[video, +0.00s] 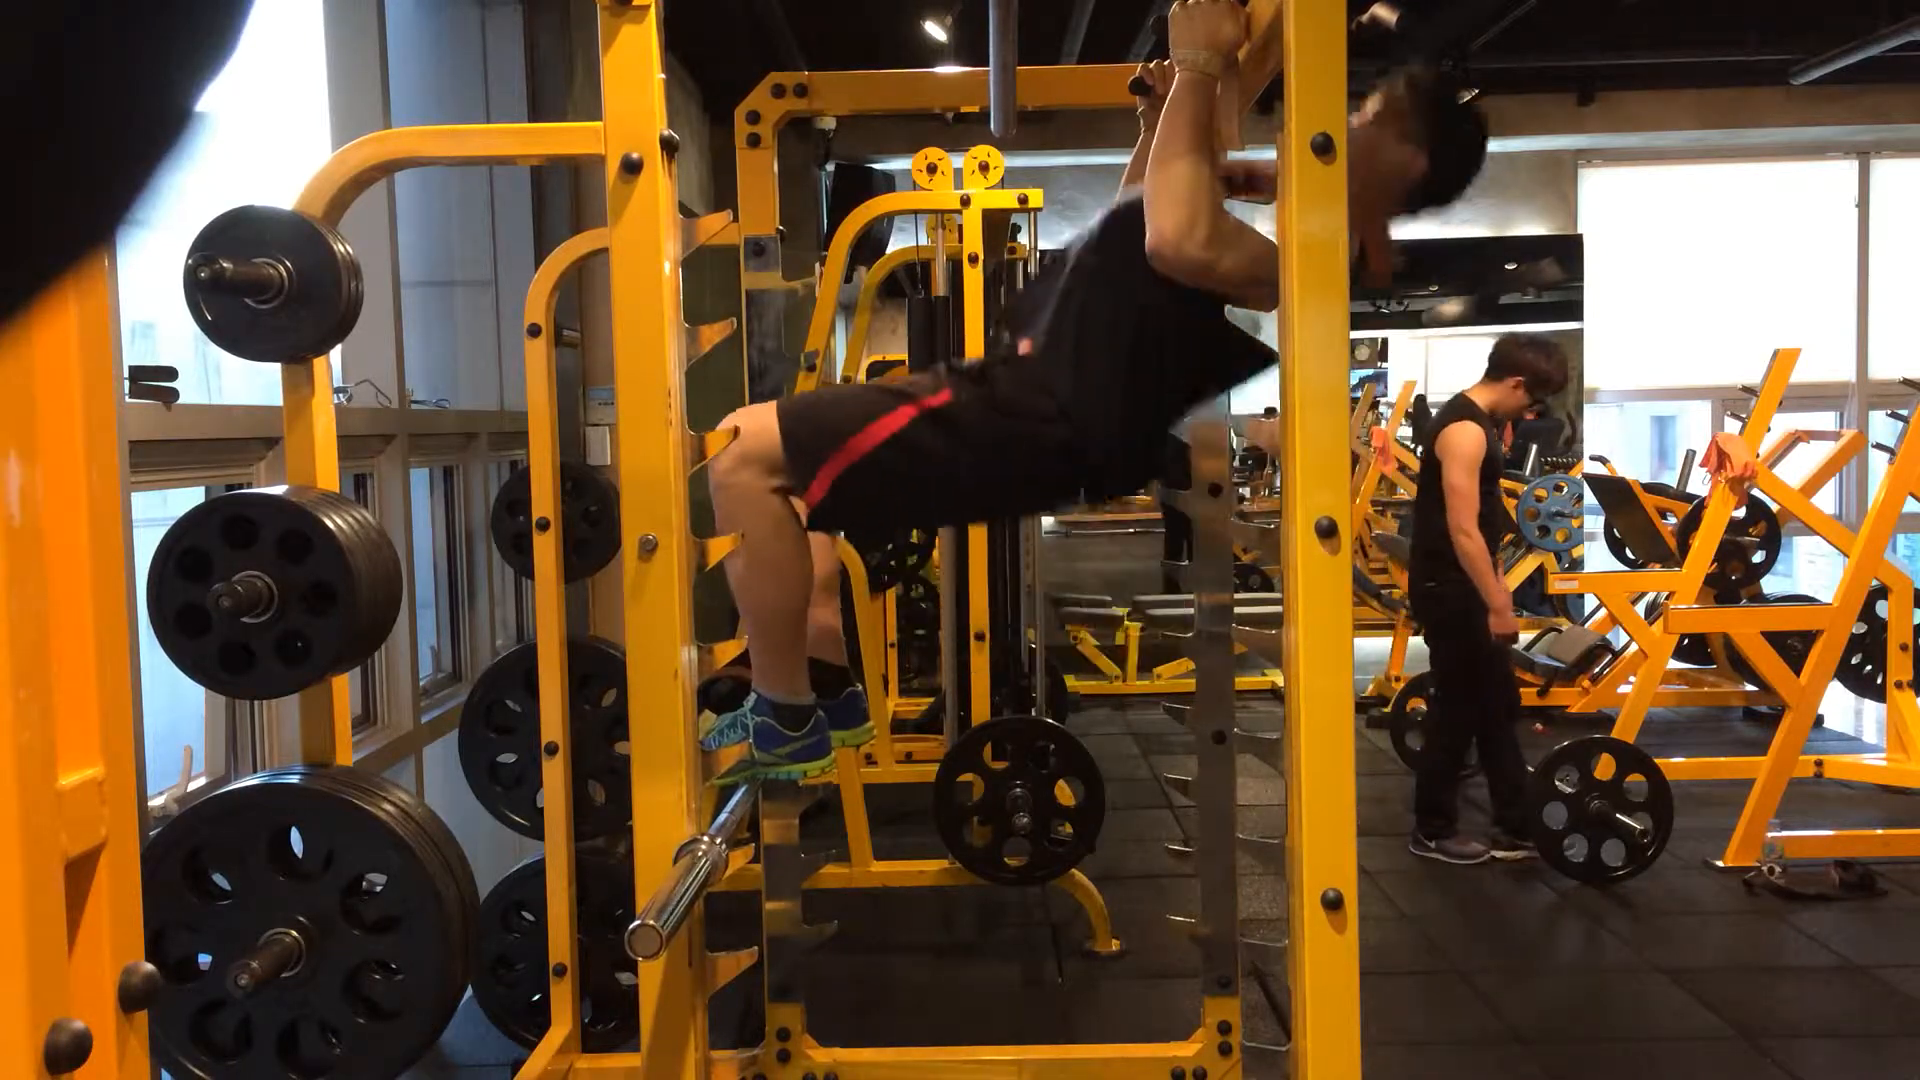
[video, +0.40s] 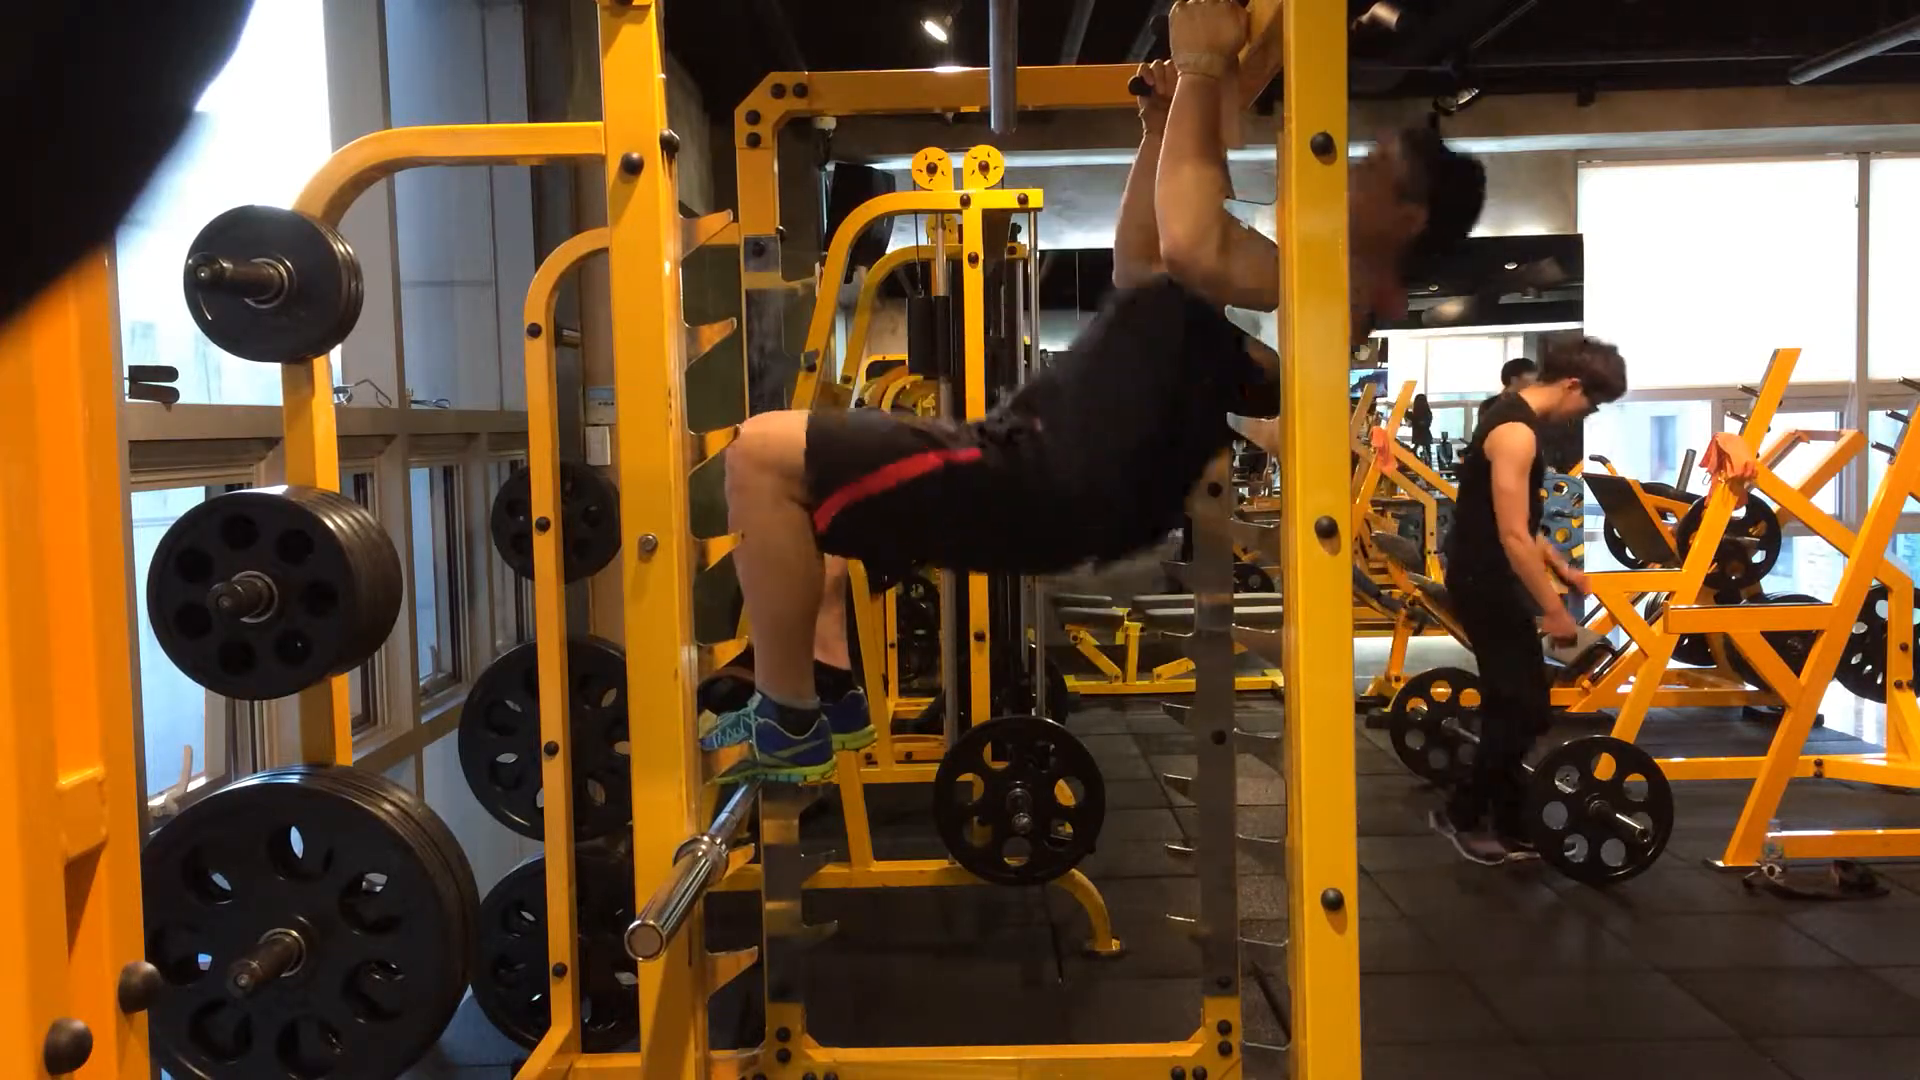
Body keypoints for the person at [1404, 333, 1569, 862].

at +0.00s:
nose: (1530, 411)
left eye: (1535, 403)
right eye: (1532, 400)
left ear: (1509, 382)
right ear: (1513, 383)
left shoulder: (1474, 423)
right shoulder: (1463, 430)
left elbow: (1472, 526)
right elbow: (1462, 531)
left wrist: (1495, 592)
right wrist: (1499, 603)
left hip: (1465, 588)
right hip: (1450, 591)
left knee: (1496, 706)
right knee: (1457, 709)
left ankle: (1515, 824)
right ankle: (1432, 830)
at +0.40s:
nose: (1583, 415)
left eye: (1589, 407)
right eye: (1588, 405)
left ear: (1566, 381)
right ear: (1572, 385)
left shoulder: (1513, 420)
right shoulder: (1514, 434)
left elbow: (1517, 524)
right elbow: (1512, 538)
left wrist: (1563, 569)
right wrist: (1554, 608)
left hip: (1493, 578)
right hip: (1486, 583)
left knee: (1522, 702)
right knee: (1516, 703)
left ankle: (1498, 821)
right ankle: (1472, 820)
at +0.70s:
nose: (1626, 452)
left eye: (1634, 446)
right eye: (1632, 441)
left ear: (1615, 415)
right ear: (1617, 419)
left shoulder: (1565, 443)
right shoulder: (1552, 455)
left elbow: (1586, 520)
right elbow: (1539, 560)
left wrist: (1631, 568)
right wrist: (1567, 632)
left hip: (1495, 574)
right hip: (1478, 577)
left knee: (1509, 701)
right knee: (1503, 704)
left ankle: (1504, 824)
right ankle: (1494, 838)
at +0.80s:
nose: (1635, 474)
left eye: (1645, 468)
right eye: (1643, 464)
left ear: (1628, 434)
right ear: (1629, 437)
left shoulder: (1583, 455)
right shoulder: (1563, 467)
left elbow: (1603, 533)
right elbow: (1550, 574)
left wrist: (1650, 586)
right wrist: (1572, 656)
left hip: (1495, 571)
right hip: (1476, 574)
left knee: (1509, 700)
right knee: (1502, 705)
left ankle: (1507, 826)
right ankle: (1493, 838)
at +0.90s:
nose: (1648, 492)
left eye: (1658, 486)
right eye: (1655, 482)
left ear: (1641, 449)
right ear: (1644, 456)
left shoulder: (1593, 457)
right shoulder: (1578, 484)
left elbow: (1611, 552)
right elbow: (1561, 589)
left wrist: (1654, 592)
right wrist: (1581, 670)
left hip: (1492, 568)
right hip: (1478, 572)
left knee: (1507, 702)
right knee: (1502, 707)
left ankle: (1506, 825)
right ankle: (1493, 839)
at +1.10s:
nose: (1662, 517)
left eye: (1671, 515)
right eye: (1670, 511)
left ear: (1661, 469)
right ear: (1664, 484)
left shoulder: (1606, 446)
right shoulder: (1606, 516)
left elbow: (1616, 539)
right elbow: (1585, 618)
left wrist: (1652, 590)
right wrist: (1594, 697)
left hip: (1471, 551)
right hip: (1483, 570)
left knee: (1501, 700)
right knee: (1501, 705)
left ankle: (1495, 824)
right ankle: (1493, 838)